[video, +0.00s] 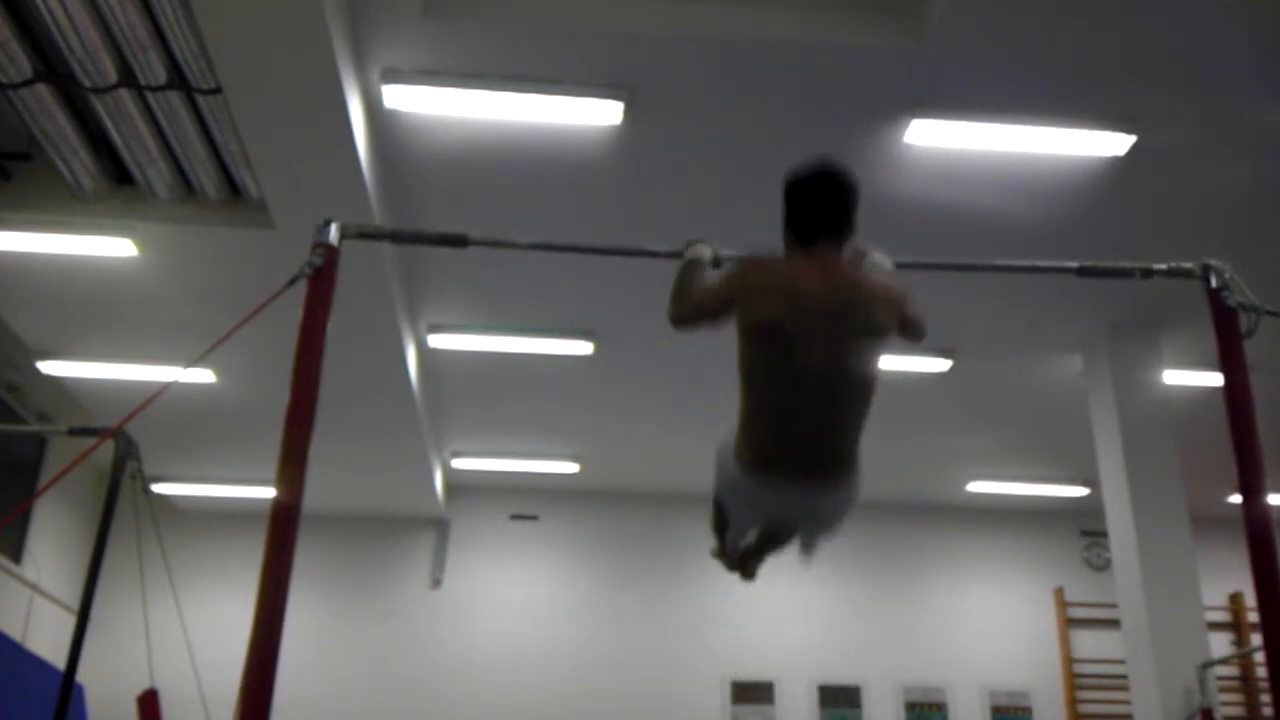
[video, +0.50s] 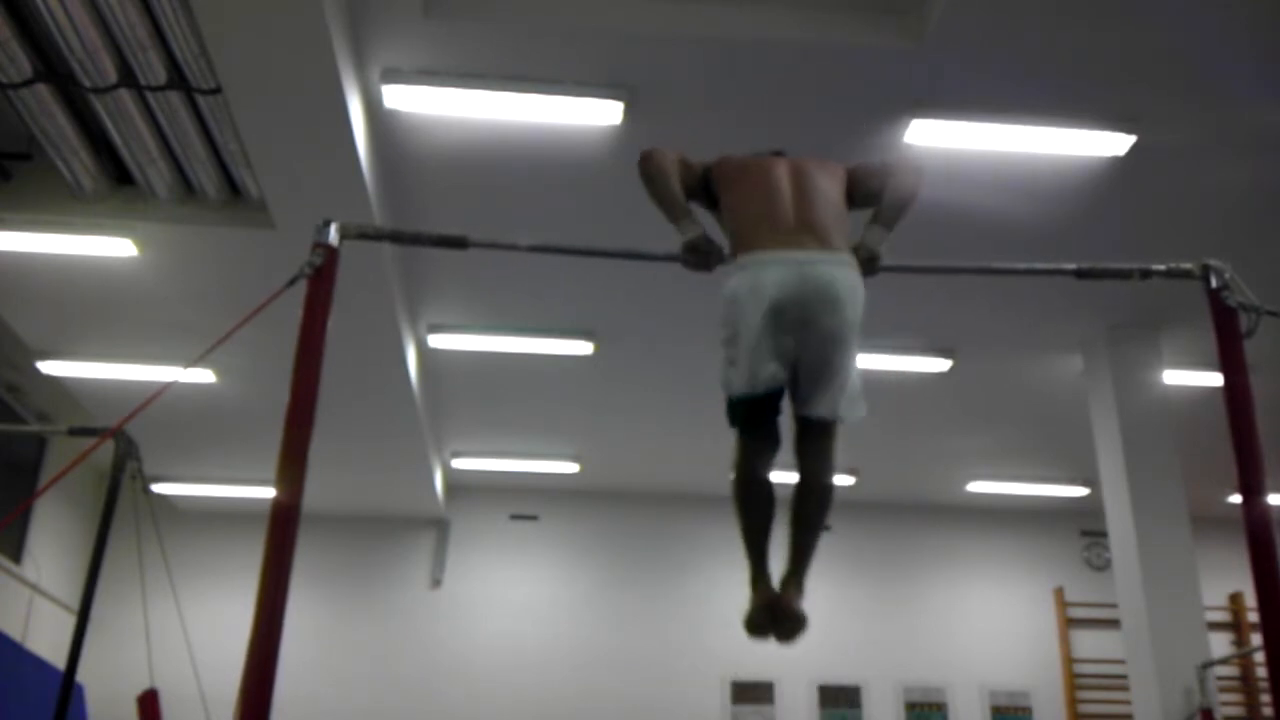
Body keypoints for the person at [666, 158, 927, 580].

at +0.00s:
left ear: (787, 220)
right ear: (849, 226)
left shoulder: (757, 280)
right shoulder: (873, 294)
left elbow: (683, 312)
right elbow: (914, 330)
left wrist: (695, 261)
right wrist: (882, 276)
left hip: (758, 479)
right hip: (829, 487)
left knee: (730, 493)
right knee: (789, 524)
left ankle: (729, 548)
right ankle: (753, 558)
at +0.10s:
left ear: (778, 150)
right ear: (841, 153)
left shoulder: (748, 205)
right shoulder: (874, 220)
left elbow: (669, 271)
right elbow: (929, 292)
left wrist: (701, 245)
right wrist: (881, 249)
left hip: (752, 413)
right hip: (828, 419)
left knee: (734, 468)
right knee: (797, 471)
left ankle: (731, 537)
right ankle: (758, 546)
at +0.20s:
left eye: (766, 131)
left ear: (763, 127)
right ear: (822, 130)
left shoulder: (739, 159)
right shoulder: (857, 171)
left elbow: (669, 218)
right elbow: (929, 242)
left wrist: (702, 248)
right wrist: (873, 248)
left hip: (757, 359)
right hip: (832, 365)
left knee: (739, 459)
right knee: (797, 466)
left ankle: (736, 538)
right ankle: (763, 547)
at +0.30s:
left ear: (753, 140)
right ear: (810, 142)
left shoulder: (735, 150)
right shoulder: (845, 160)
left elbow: (666, 166)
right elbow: (919, 193)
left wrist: (694, 234)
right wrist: (874, 238)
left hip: (758, 333)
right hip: (833, 334)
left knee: (745, 452)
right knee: (804, 459)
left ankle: (742, 549)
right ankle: (769, 555)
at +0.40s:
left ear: (748, 159)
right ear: (801, 156)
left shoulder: (727, 167)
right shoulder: (839, 170)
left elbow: (661, 153)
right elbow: (912, 171)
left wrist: (692, 231)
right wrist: (872, 243)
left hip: (758, 301)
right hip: (835, 301)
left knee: (750, 451)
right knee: (810, 455)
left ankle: (751, 570)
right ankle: (780, 574)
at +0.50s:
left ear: (743, 161)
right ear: (798, 155)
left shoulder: (720, 173)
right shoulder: (835, 173)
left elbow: (655, 160)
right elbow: (908, 173)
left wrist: (689, 230)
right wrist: (875, 238)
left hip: (756, 276)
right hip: (833, 276)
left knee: (755, 447)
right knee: (817, 453)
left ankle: (761, 587)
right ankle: (793, 588)